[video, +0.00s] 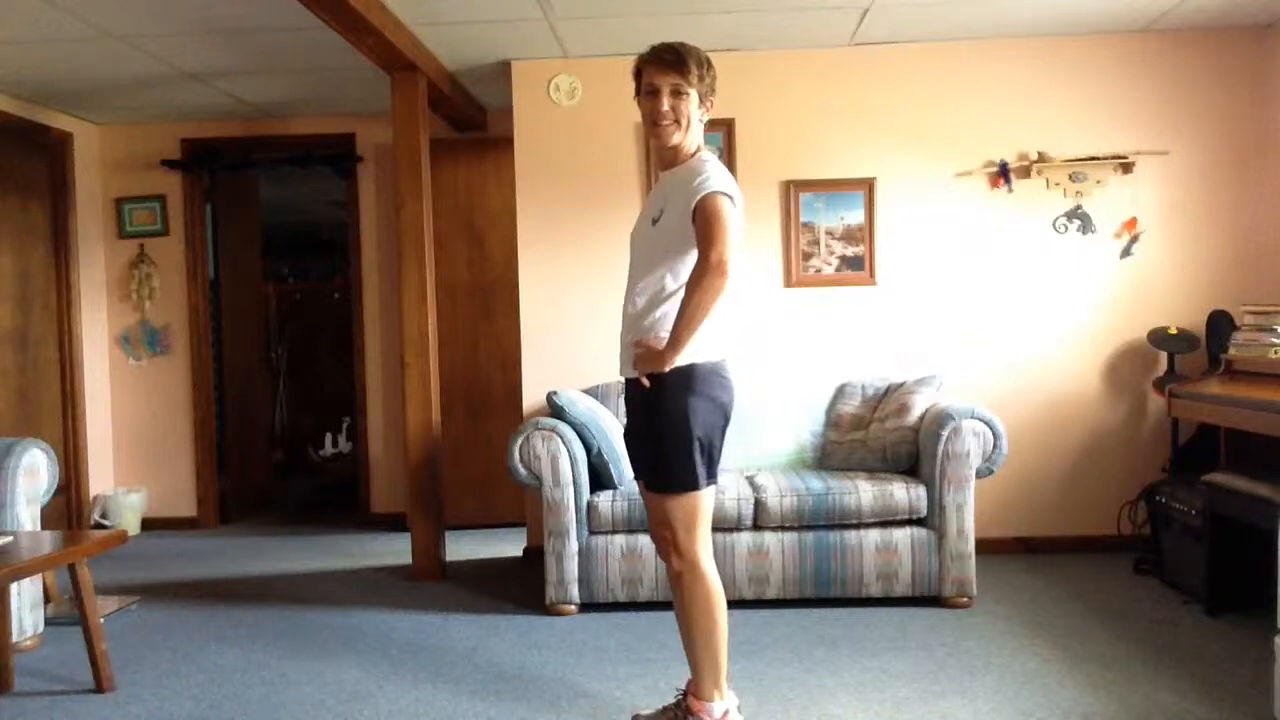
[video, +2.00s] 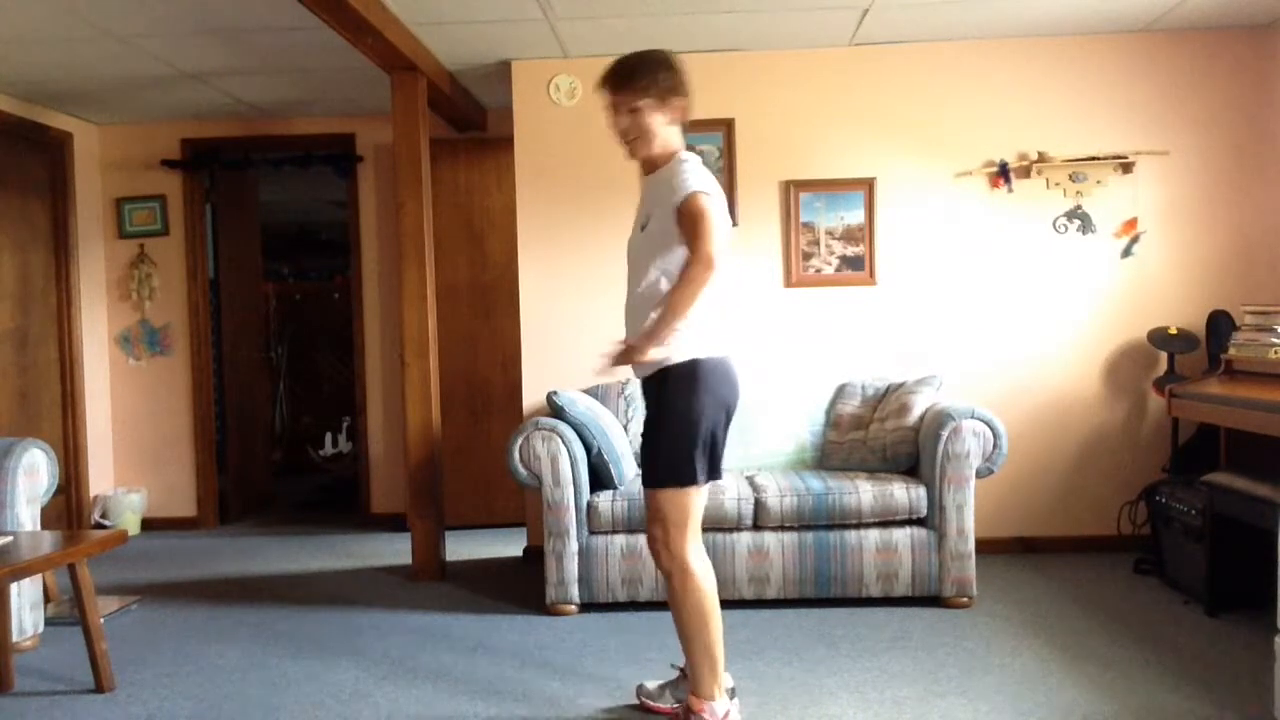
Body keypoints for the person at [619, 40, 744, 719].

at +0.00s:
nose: (661, 106)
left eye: (676, 93)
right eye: (650, 93)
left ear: (702, 103)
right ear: (638, 103)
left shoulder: (705, 176)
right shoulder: (665, 183)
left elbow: (718, 263)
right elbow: (665, 274)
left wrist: (670, 351)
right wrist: (643, 353)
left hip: (680, 380)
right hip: (653, 380)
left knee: (687, 549)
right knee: (673, 547)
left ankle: (713, 699)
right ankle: (706, 693)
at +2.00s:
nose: (625, 127)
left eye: (637, 111)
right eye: (617, 116)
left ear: (676, 109)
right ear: (614, 119)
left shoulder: (686, 174)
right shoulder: (660, 182)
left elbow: (707, 255)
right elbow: (671, 273)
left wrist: (653, 334)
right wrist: (640, 342)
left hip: (691, 374)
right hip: (676, 374)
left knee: (674, 543)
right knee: (669, 541)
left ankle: (711, 696)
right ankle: (703, 679)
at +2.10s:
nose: (576, 158)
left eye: (579, 142)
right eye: (571, 145)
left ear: (618, 125)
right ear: (621, 128)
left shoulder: (657, 184)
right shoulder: (663, 181)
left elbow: (637, 279)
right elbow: (640, 284)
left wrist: (579, 361)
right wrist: (577, 361)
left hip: (701, 376)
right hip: (707, 373)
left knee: (665, 541)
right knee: (681, 540)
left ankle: (707, 693)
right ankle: (708, 676)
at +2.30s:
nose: (523, 241)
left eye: (525, 226)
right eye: (518, 229)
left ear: (556, 210)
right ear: (559, 210)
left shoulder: (601, 252)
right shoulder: (607, 245)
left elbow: (569, 364)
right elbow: (579, 364)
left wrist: (521, 451)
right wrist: (534, 441)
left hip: (734, 399)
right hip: (735, 397)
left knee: (668, 556)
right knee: (678, 550)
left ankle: (713, 703)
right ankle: (706, 678)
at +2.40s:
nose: (486, 348)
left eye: (487, 333)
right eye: (480, 336)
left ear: (521, 314)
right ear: (524, 311)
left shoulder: (566, 354)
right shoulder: (581, 341)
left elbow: (536, 479)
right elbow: (551, 473)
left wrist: (479, 585)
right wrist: (512, 539)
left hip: (750, 428)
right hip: (760, 420)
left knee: (646, 572)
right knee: (672, 557)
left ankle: (705, 711)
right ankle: (709, 684)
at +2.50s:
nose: (477, 415)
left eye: (477, 401)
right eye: (471, 404)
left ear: (507, 382)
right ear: (510, 377)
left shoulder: (557, 415)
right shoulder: (564, 392)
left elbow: (523, 543)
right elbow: (535, 532)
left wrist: (469, 650)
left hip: (754, 443)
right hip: (754, 434)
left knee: (639, 578)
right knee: (658, 555)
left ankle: (706, 714)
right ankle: (707, 683)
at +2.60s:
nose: (467, 497)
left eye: (467, 484)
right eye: (461, 486)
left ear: (492, 464)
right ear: (498, 452)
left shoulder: (546, 479)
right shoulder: (545, 443)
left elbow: (511, 620)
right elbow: (519, 597)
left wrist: (470, 710)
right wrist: (488, 662)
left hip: (745, 471)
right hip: (744, 455)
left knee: (620, 590)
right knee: (638, 546)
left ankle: (700, 712)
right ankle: (705, 679)